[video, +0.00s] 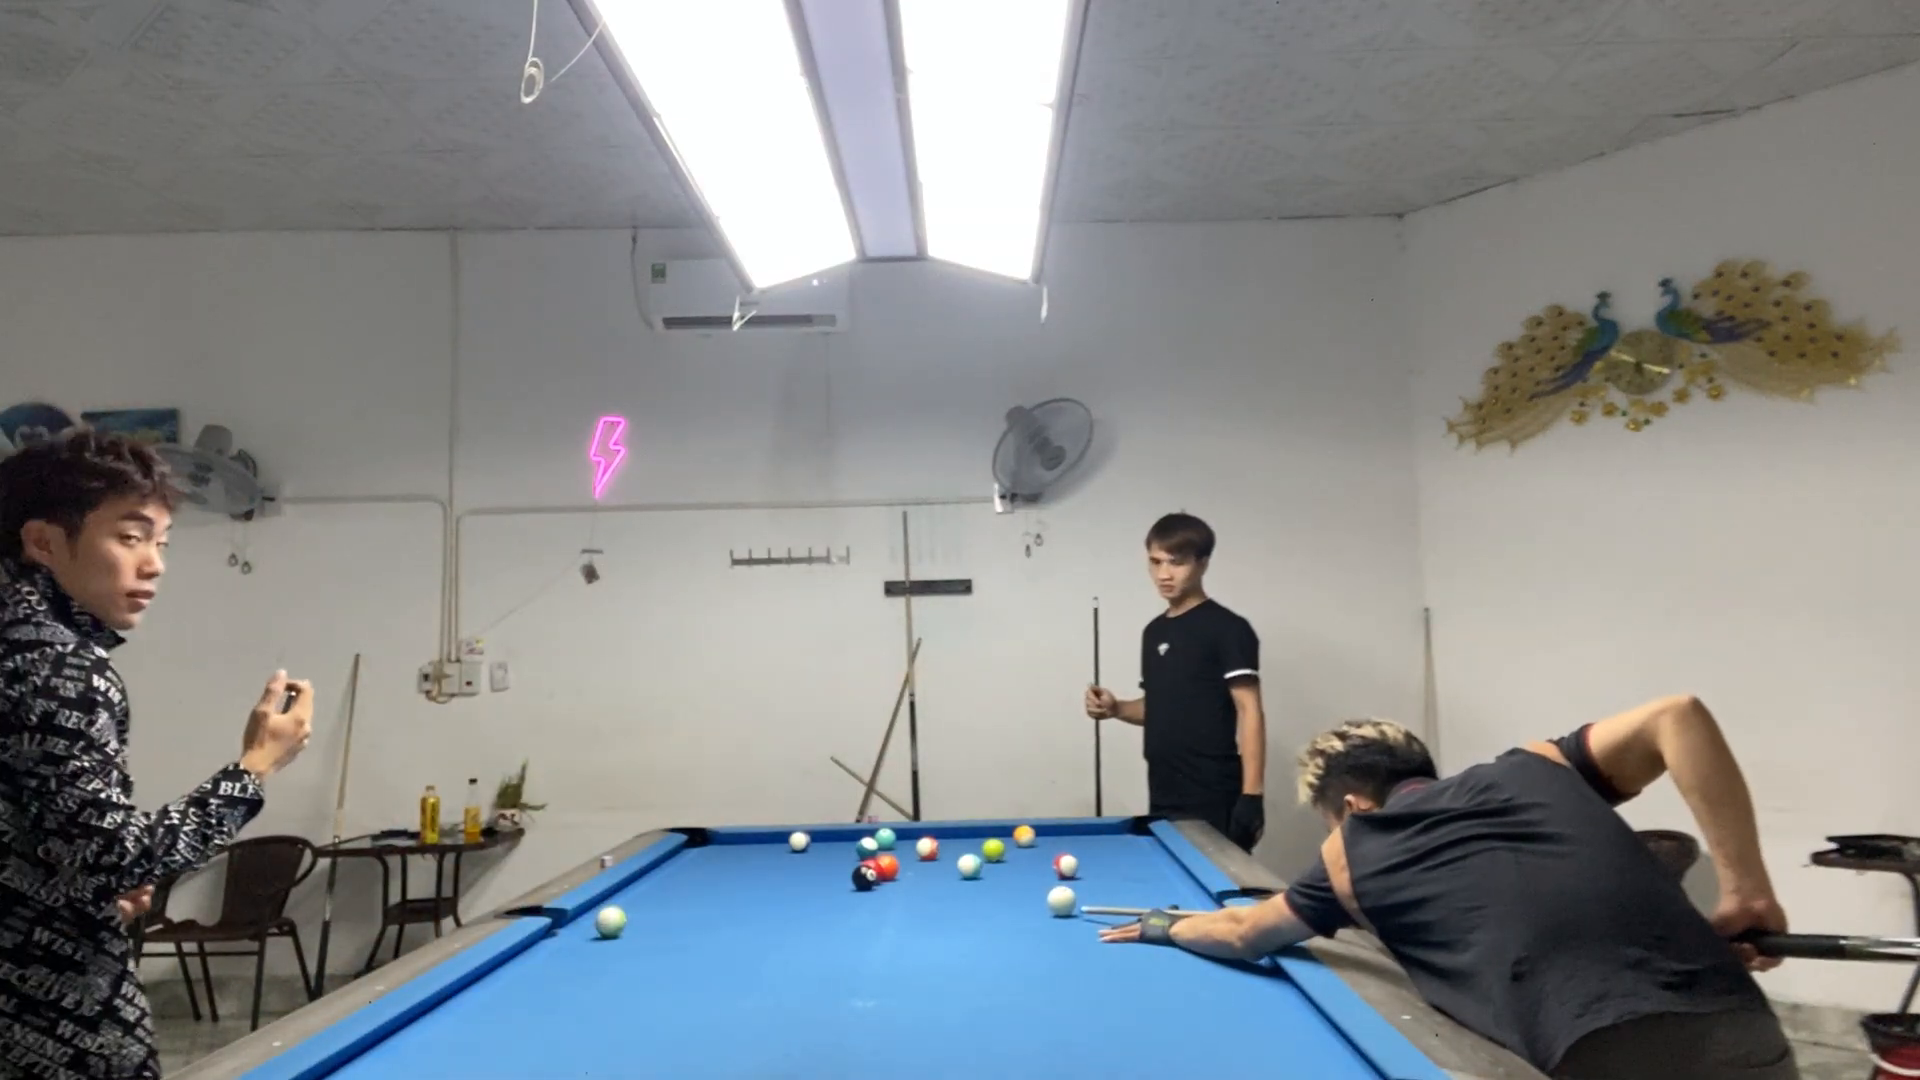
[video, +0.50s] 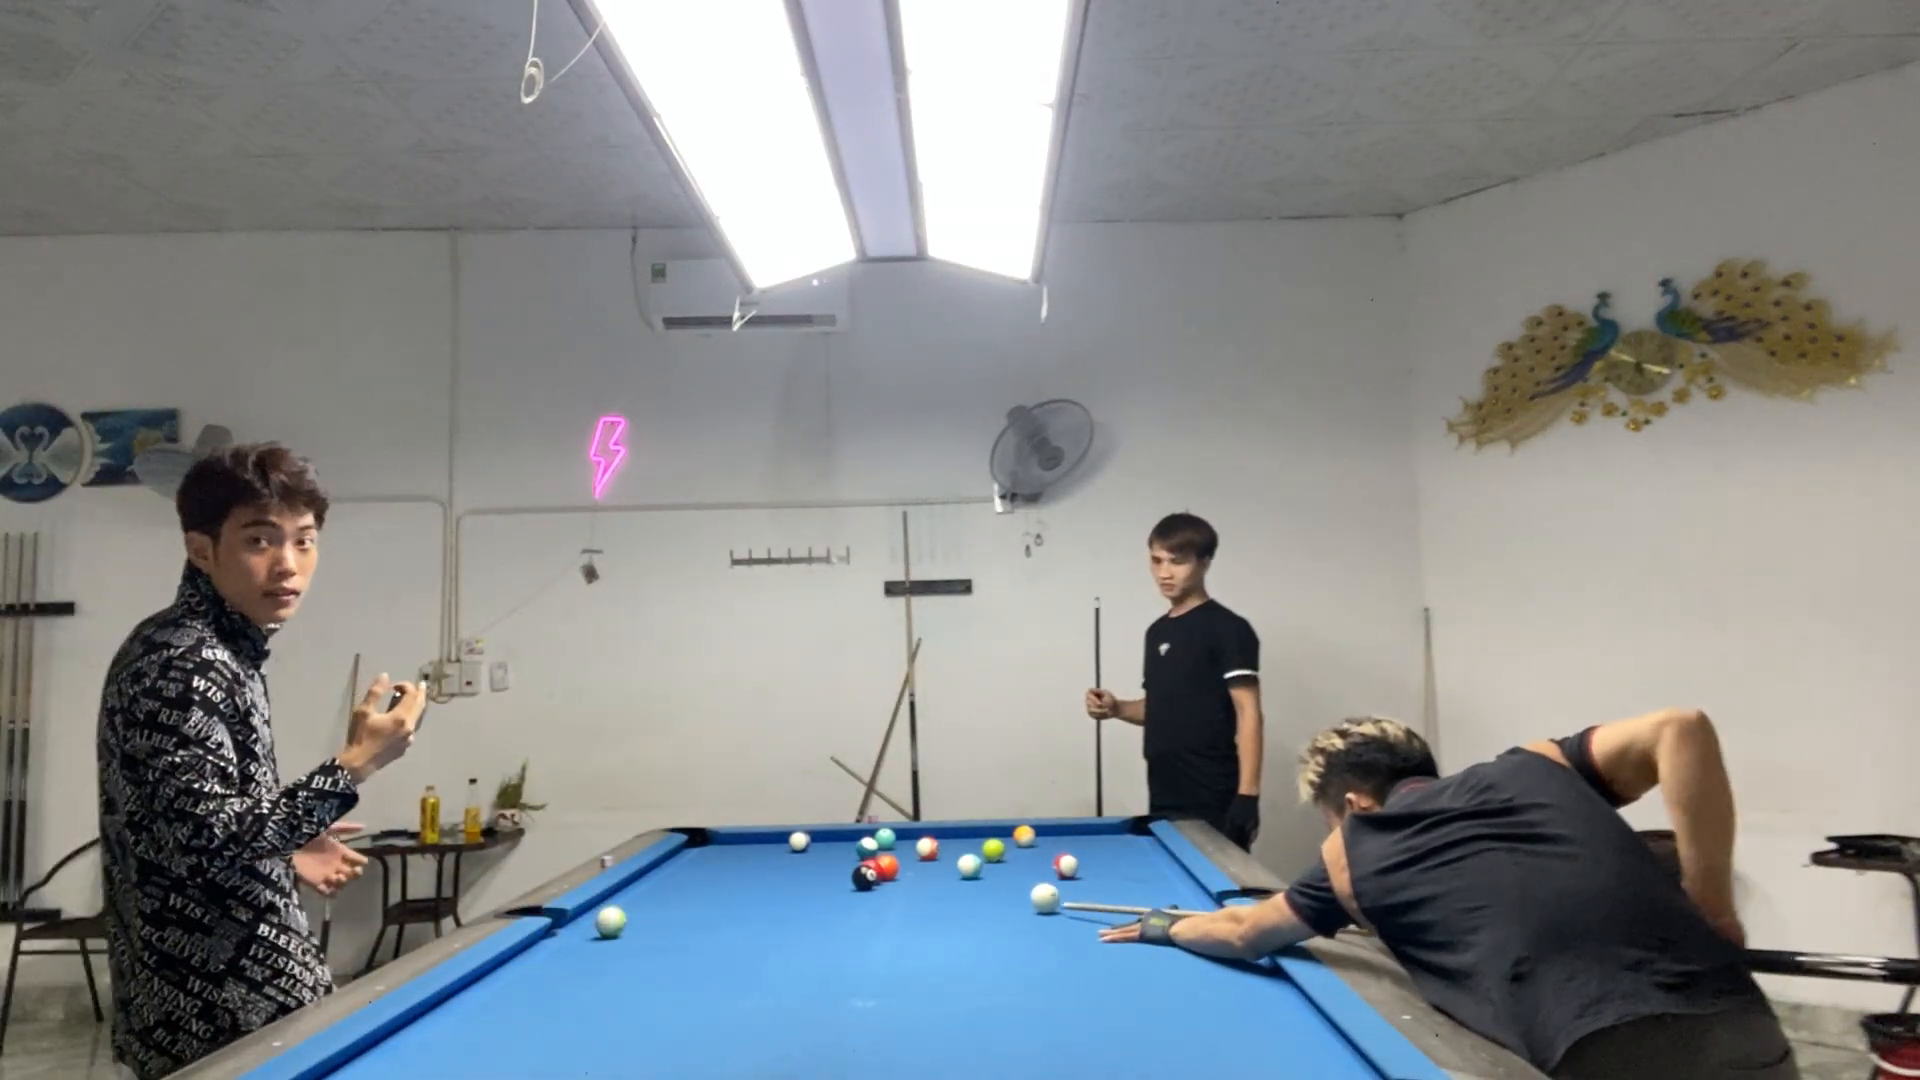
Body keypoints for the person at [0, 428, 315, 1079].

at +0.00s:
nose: (155, 566)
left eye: (159, 543)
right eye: (128, 537)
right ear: (45, 544)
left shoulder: (25, 637)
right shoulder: (56, 663)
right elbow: (111, 866)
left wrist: (118, 883)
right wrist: (254, 768)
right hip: (66, 1032)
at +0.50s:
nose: (288, 565)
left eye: (303, 542)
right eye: (259, 540)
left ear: (317, 550)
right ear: (203, 550)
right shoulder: (177, 666)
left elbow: (203, 810)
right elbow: (217, 846)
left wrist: (288, 845)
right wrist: (355, 764)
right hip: (216, 1019)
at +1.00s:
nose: (350, 561)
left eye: (366, 541)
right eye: (326, 540)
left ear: (381, 552)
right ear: (281, 549)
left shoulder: (314, 658)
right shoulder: (241, 654)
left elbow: (293, 807)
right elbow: (243, 810)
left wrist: (366, 844)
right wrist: (374, 743)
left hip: (321, 951)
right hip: (259, 967)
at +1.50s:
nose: (347, 564)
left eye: (363, 545)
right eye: (324, 543)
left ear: (376, 555)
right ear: (282, 554)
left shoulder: (308, 659)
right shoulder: (231, 651)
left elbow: (294, 797)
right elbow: (220, 786)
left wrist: (355, 854)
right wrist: (352, 731)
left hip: (303, 954)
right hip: (229, 962)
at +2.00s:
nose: (226, 587)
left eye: (237, 566)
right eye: (201, 564)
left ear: (246, 571)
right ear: (140, 572)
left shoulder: (163, 681)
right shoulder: (86, 676)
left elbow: (163, 857)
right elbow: (102, 826)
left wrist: (200, 981)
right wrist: (240, 744)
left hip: (177, 990)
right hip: (93, 1001)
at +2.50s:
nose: (142, 603)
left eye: (150, 582)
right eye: (126, 582)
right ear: (58, 577)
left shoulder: (57, 659)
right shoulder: (13, 675)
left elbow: (51, 788)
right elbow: (41, 829)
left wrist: (89, 840)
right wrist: (168, 745)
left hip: (80, 978)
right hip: (27, 997)